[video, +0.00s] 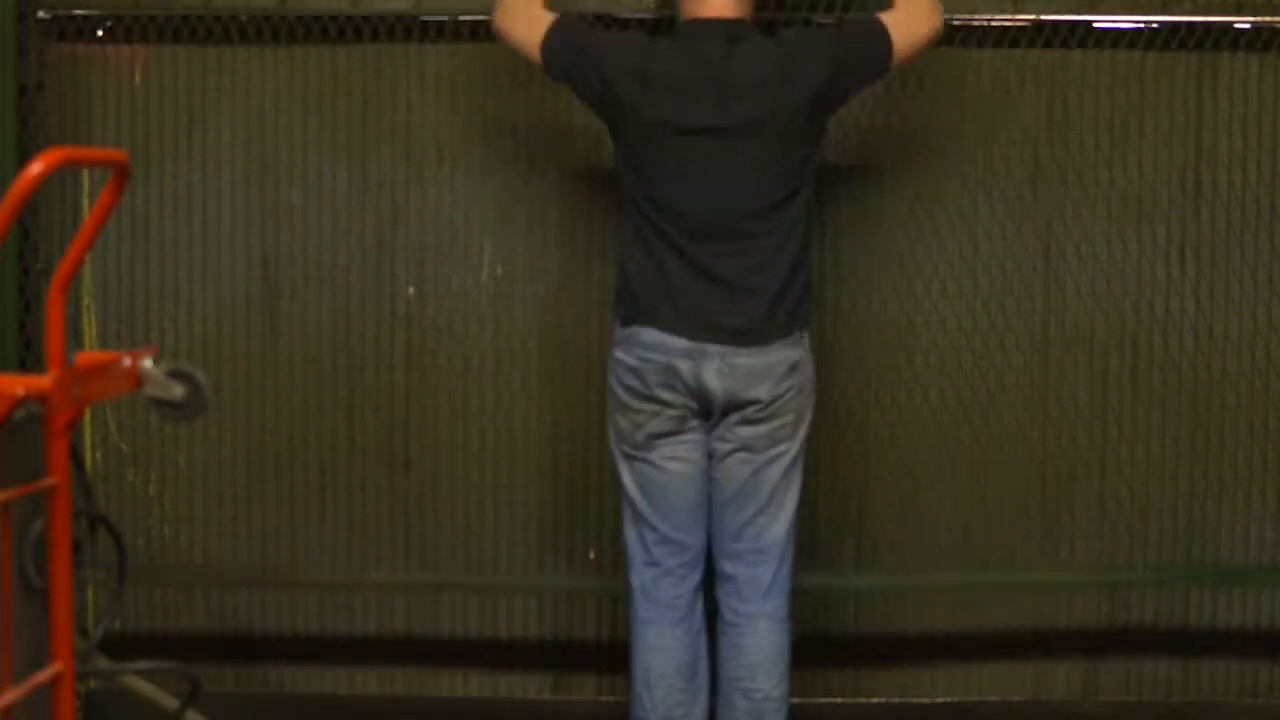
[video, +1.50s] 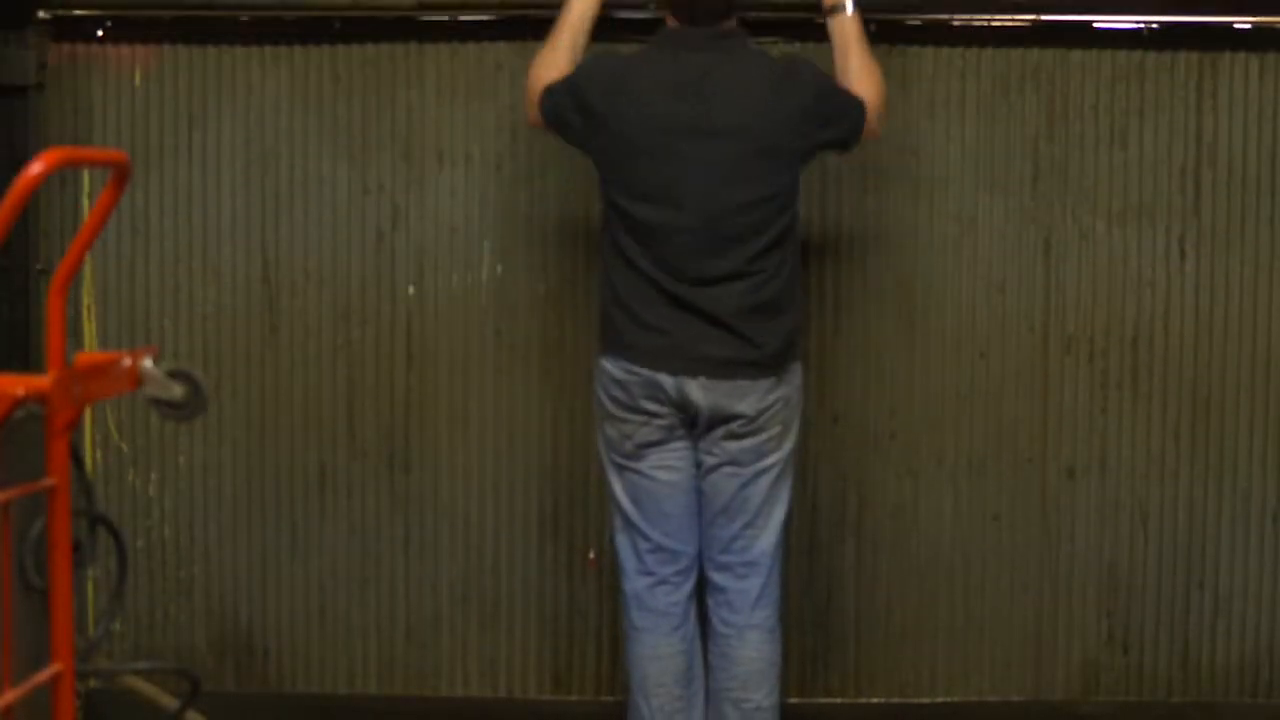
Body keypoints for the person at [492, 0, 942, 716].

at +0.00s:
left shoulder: (629, 65)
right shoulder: (802, 64)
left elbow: (516, 16)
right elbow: (920, 16)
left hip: (653, 337)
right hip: (764, 343)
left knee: (663, 571)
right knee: (755, 574)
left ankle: (668, 714)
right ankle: (754, 713)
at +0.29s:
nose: (674, 11)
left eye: (666, 6)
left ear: (664, 10)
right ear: (740, 10)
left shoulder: (616, 98)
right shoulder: (794, 98)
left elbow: (570, 249)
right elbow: (843, 251)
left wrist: (512, 359)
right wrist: (914, 339)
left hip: (641, 352)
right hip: (757, 363)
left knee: (658, 575)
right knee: (747, 577)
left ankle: (665, 714)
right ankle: (745, 712)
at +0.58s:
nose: (652, 17)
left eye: (652, 12)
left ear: (659, 16)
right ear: (734, 21)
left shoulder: (615, 107)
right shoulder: (786, 106)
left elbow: (603, 258)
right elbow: (798, 263)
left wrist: (590, 357)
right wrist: (816, 353)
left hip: (637, 348)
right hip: (755, 358)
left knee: (654, 583)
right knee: (746, 585)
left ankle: (665, 717)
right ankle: (746, 716)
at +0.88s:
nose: (654, 12)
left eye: (657, 7)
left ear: (660, 13)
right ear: (742, 13)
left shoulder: (606, 96)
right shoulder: (794, 97)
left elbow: (589, 255)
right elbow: (812, 264)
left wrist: (578, 268)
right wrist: (828, 270)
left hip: (635, 367)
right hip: (753, 371)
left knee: (654, 586)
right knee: (744, 587)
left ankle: (665, 717)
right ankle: (745, 716)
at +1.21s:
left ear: (659, 5)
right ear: (738, 5)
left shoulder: (606, 91)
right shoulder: (790, 93)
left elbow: (566, 230)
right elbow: (824, 236)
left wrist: (623, 163)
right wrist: (824, 145)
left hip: (637, 367)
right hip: (753, 371)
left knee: (656, 583)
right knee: (744, 585)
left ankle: (664, 716)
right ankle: (744, 716)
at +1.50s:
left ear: (664, 10)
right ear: (741, 11)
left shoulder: (620, 83)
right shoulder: (781, 88)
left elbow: (543, 96)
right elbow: (863, 106)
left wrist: (583, 1)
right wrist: (843, 11)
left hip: (638, 358)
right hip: (750, 363)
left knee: (656, 579)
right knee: (744, 580)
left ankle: (666, 714)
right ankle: (744, 713)